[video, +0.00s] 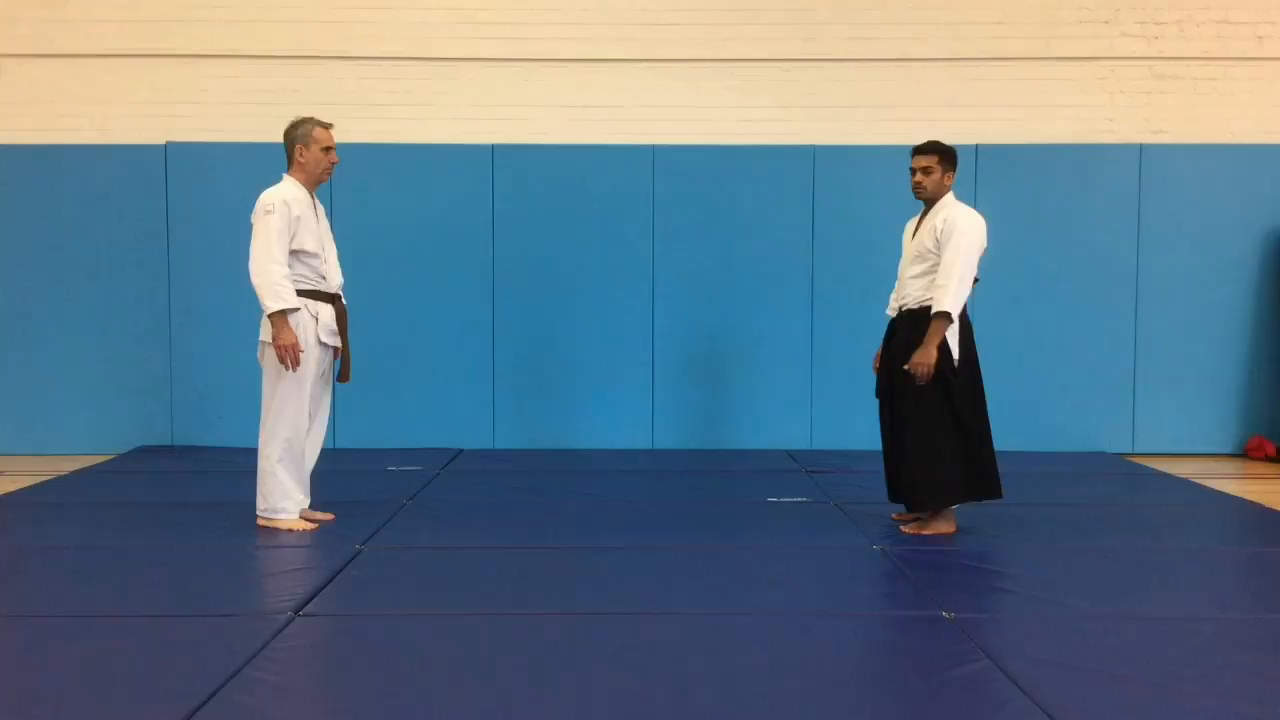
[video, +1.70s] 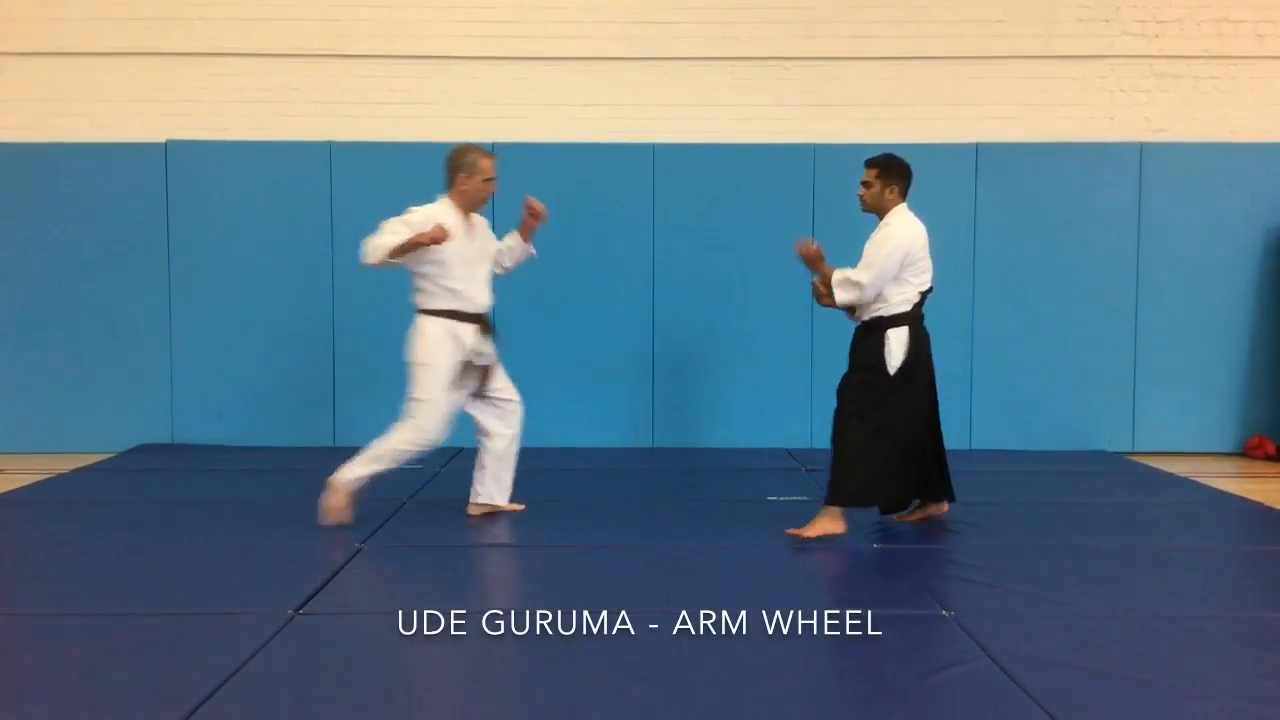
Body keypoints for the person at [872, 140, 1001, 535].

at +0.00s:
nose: (917, 179)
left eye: (926, 172)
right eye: (913, 172)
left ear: (948, 176)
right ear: (911, 176)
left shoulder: (964, 220)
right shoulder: (914, 224)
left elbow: (954, 286)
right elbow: (903, 288)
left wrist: (930, 343)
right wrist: (889, 343)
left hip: (937, 328)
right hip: (906, 327)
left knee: (936, 422)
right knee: (910, 420)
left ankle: (944, 514)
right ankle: (924, 505)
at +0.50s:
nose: (867, 207)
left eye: (872, 199)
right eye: (865, 200)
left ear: (898, 195)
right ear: (893, 198)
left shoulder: (936, 226)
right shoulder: (900, 235)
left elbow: (943, 293)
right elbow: (907, 300)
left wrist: (931, 354)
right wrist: (906, 353)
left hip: (957, 332)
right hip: (931, 332)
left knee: (948, 420)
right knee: (933, 420)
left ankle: (945, 512)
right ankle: (936, 504)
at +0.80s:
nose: (872, 193)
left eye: (878, 186)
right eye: (872, 186)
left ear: (903, 187)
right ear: (899, 188)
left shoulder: (931, 222)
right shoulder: (907, 226)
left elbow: (929, 290)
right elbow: (913, 289)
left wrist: (903, 342)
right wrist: (901, 341)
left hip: (946, 330)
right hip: (927, 329)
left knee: (939, 417)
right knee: (927, 416)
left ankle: (944, 511)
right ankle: (936, 503)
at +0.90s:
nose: (883, 185)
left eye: (890, 178)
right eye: (884, 178)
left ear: (914, 180)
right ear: (911, 181)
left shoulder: (937, 220)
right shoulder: (913, 221)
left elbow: (915, 280)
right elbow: (909, 282)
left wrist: (868, 316)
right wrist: (879, 318)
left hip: (941, 329)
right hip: (922, 327)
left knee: (934, 417)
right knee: (921, 416)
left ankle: (943, 511)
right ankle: (933, 504)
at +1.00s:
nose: (892, 181)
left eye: (899, 175)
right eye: (894, 175)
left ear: (923, 179)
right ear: (919, 180)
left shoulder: (939, 221)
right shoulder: (919, 220)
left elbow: (899, 266)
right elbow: (915, 276)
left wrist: (836, 275)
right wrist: (879, 288)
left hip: (936, 327)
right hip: (919, 325)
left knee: (922, 413)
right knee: (912, 413)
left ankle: (938, 504)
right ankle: (927, 501)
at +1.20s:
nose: (896, 179)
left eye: (903, 173)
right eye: (897, 173)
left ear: (926, 177)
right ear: (924, 178)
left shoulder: (933, 217)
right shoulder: (928, 214)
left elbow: (885, 245)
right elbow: (892, 247)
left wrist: (828, 225)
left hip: (917, 323)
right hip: (929, 320)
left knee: (887, 403)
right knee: (931, 406)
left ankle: (898, 505)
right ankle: (937, 501)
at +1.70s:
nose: (860, 191)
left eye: (867, 185)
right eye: (861, 184)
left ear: (892, 191)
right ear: (890, 191)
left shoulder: (895, 231)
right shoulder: (904, 226)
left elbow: (863, 284)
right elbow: (879, 291)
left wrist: (820, 267)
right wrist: (838, 298)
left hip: (887, 337)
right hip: (905, 333)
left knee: (851, 417)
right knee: (915, 417)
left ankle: (833, 511)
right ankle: (934, 498)